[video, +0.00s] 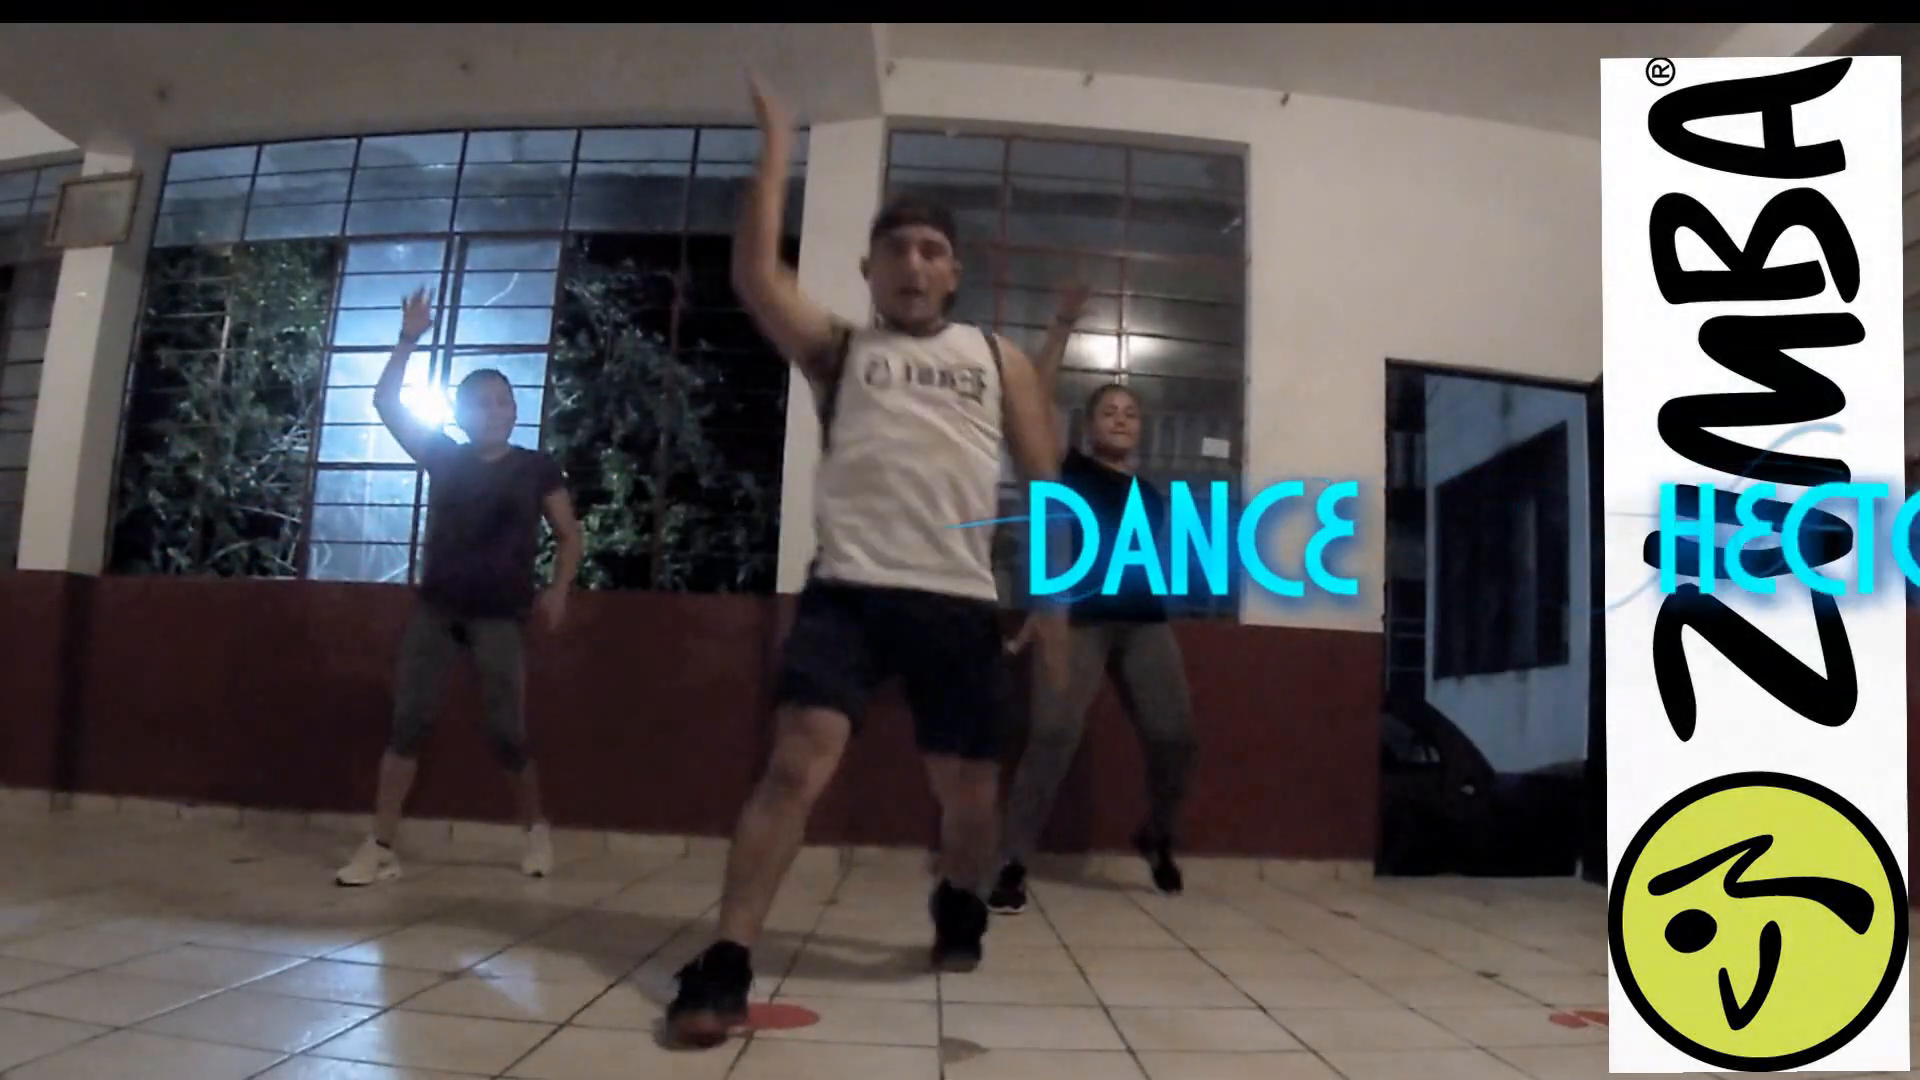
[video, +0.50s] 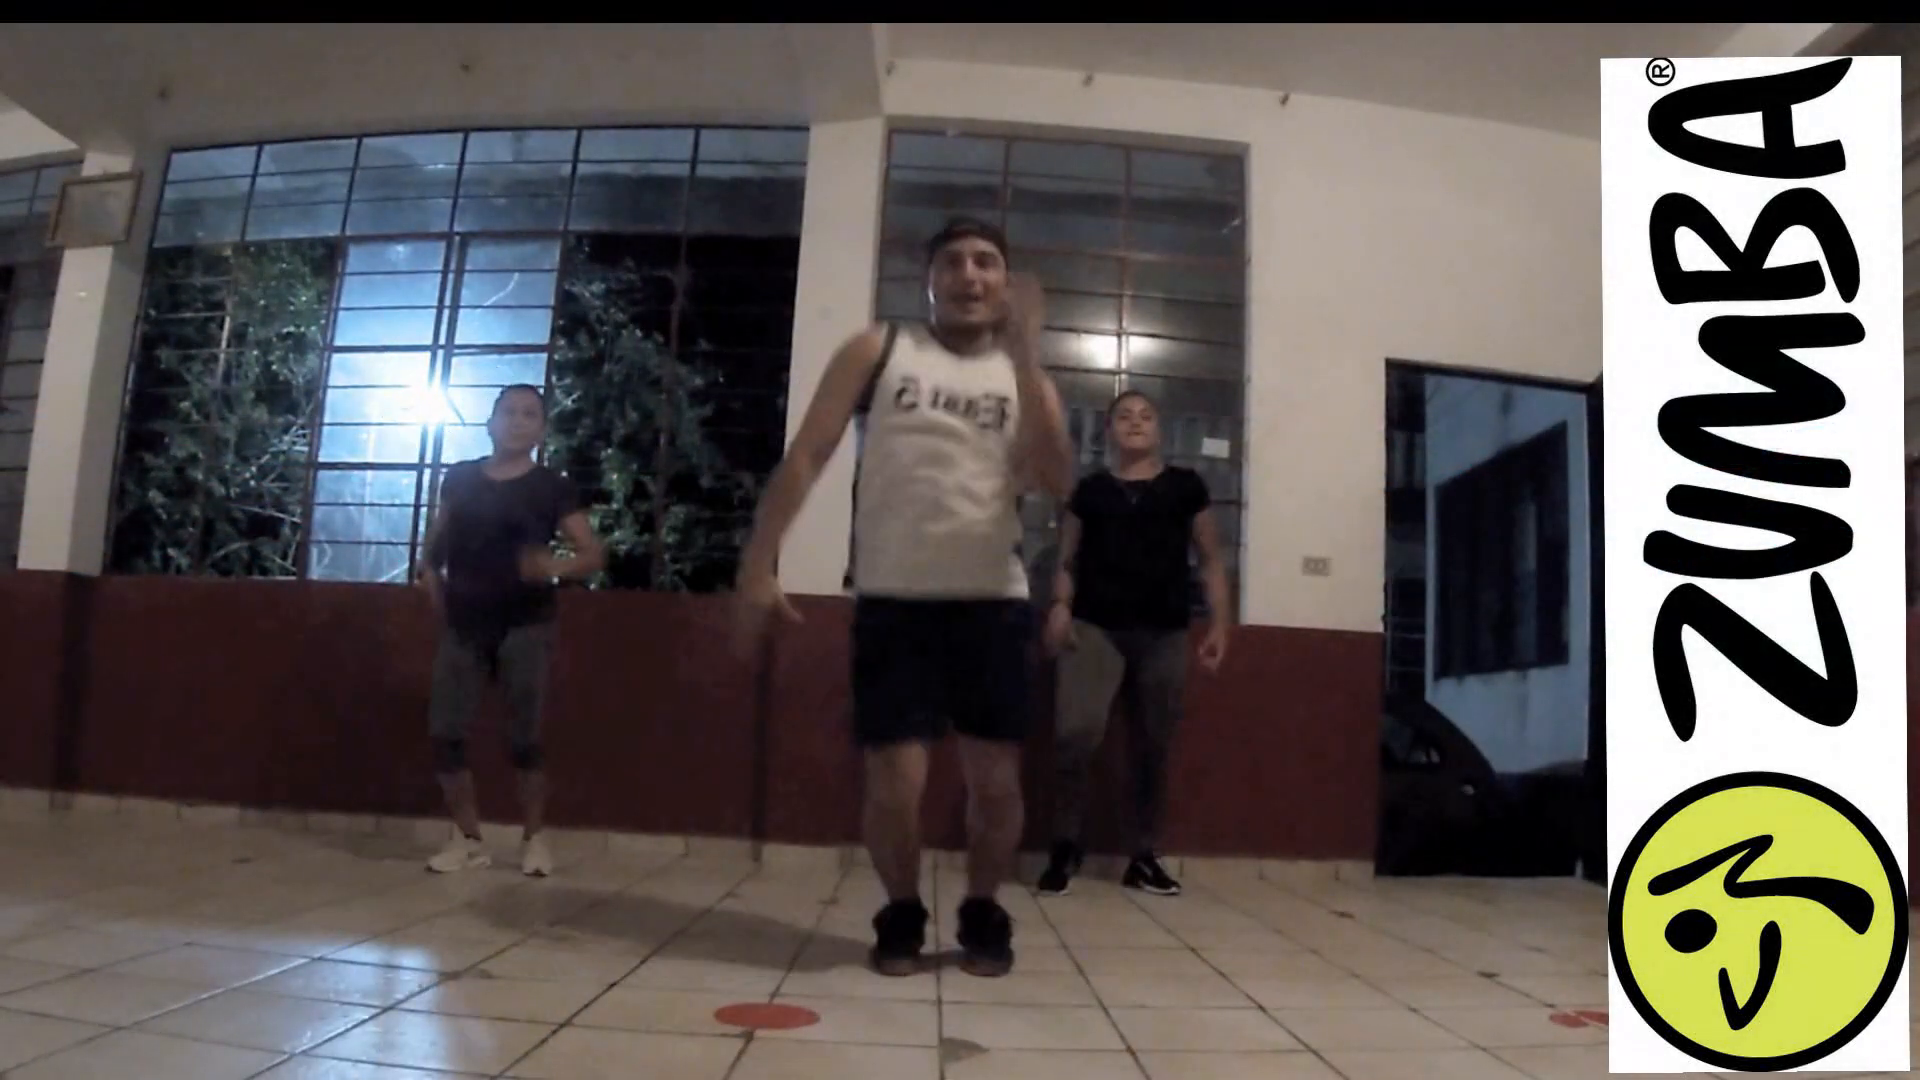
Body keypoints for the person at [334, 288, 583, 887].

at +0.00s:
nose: (488, 411)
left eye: (497, 402)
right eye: (479, 402)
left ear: (512, 412)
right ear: (461, 410)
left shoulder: (535, 468)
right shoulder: (443, 455)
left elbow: (570, 535)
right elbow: (386, 400)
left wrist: (559, 591)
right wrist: (408, 339)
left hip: (500, 613)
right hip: (436, 606)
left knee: (508, 731)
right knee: (407, 723)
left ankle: (536, 835)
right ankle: (381, 846)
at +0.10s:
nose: (496, 418)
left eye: (505, 409)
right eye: (486, 411)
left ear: (521, 418)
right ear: (471, 422)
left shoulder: (547, 477)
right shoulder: (455, 468)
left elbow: (578, 551)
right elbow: (390, 426)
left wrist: (560, 616)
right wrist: (413, 363)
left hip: (515, 623)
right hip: (453, 617)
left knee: (515, 739)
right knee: (420, 731)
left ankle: (531, 841)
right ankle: (380, 844)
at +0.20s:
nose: (509, 420)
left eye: (518, 412)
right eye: (498, 413)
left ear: (534, 422)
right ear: (483, 425)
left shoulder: (557, 481)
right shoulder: (467, 470)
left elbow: (599, 547)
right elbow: (395, 459)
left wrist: (577, 615)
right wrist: (413, 412)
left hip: (525, 624)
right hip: (463, 618)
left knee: (524, 738)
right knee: (421, 719)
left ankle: (532, 841)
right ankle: (390, 841)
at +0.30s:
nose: (514, 416)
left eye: (525, 409)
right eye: (505, 408)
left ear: (543, 421)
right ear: (491, 420)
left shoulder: (563, 479)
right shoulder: (472, 469)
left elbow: (615, 538)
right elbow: (410, 488)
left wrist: (581, 601)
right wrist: (410, 475)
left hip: (530, 622)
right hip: (469, 616)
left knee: (525, 731)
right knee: (419, 708)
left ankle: (533, 839)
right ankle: (429, 832)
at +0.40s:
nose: (519, 414)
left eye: (531, 406)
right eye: (510, 405)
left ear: (547, 419)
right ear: (495, 415)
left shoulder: (563, 476)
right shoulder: (469, 468)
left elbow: (616, 536)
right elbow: (429, 509)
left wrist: (575, 580)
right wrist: (418, 532)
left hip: (528, 619)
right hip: (466, 614)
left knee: (527, 732)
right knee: (433, 719)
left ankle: (533, 840)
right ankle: (458, 828)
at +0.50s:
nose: (516, 421)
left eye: (529, 415)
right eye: (508, 412)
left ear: (542, 429)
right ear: (492, 421)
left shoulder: (552, 487)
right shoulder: (459, 479)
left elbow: (592, 554)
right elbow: (436, 540)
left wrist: (551, 566)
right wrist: (428, 570)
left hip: (525, 625)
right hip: (464, 620)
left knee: (525, 736)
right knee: (446, 732)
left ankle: (534, 838)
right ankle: (468, 839)